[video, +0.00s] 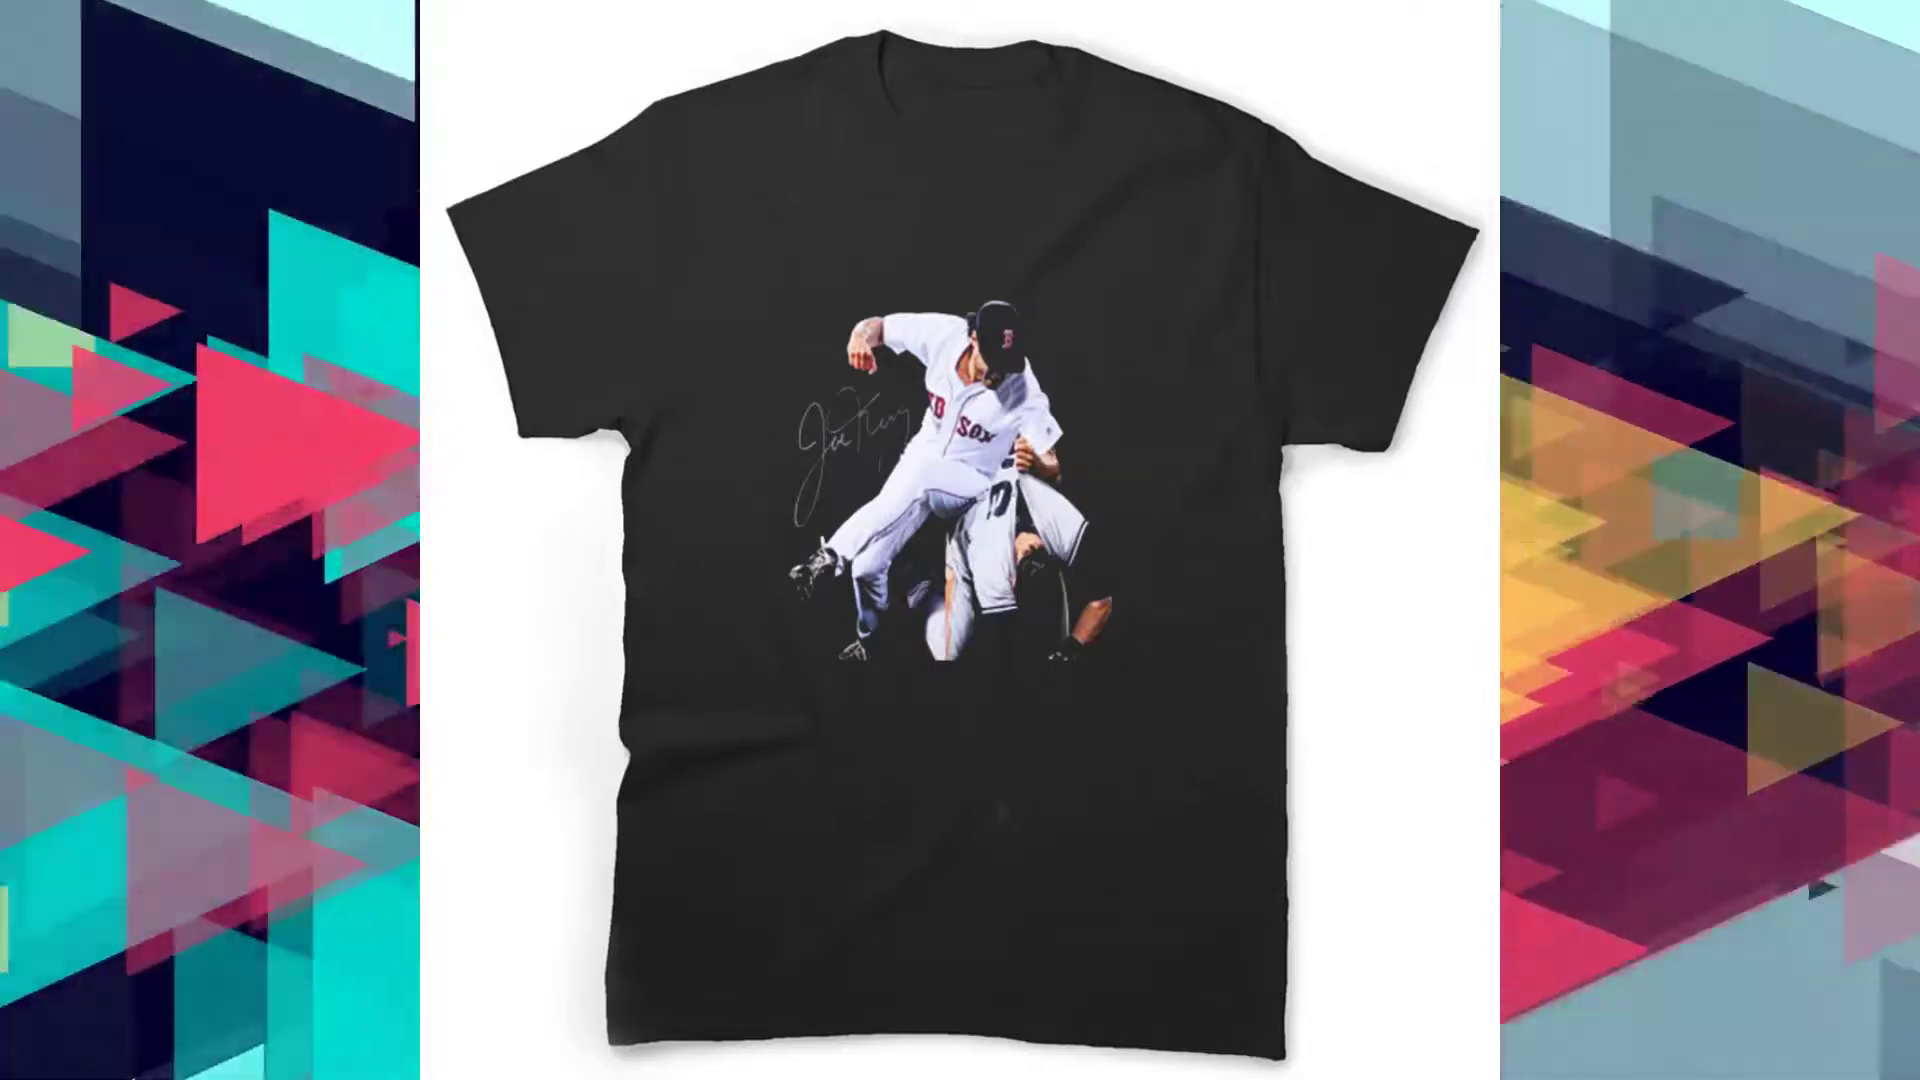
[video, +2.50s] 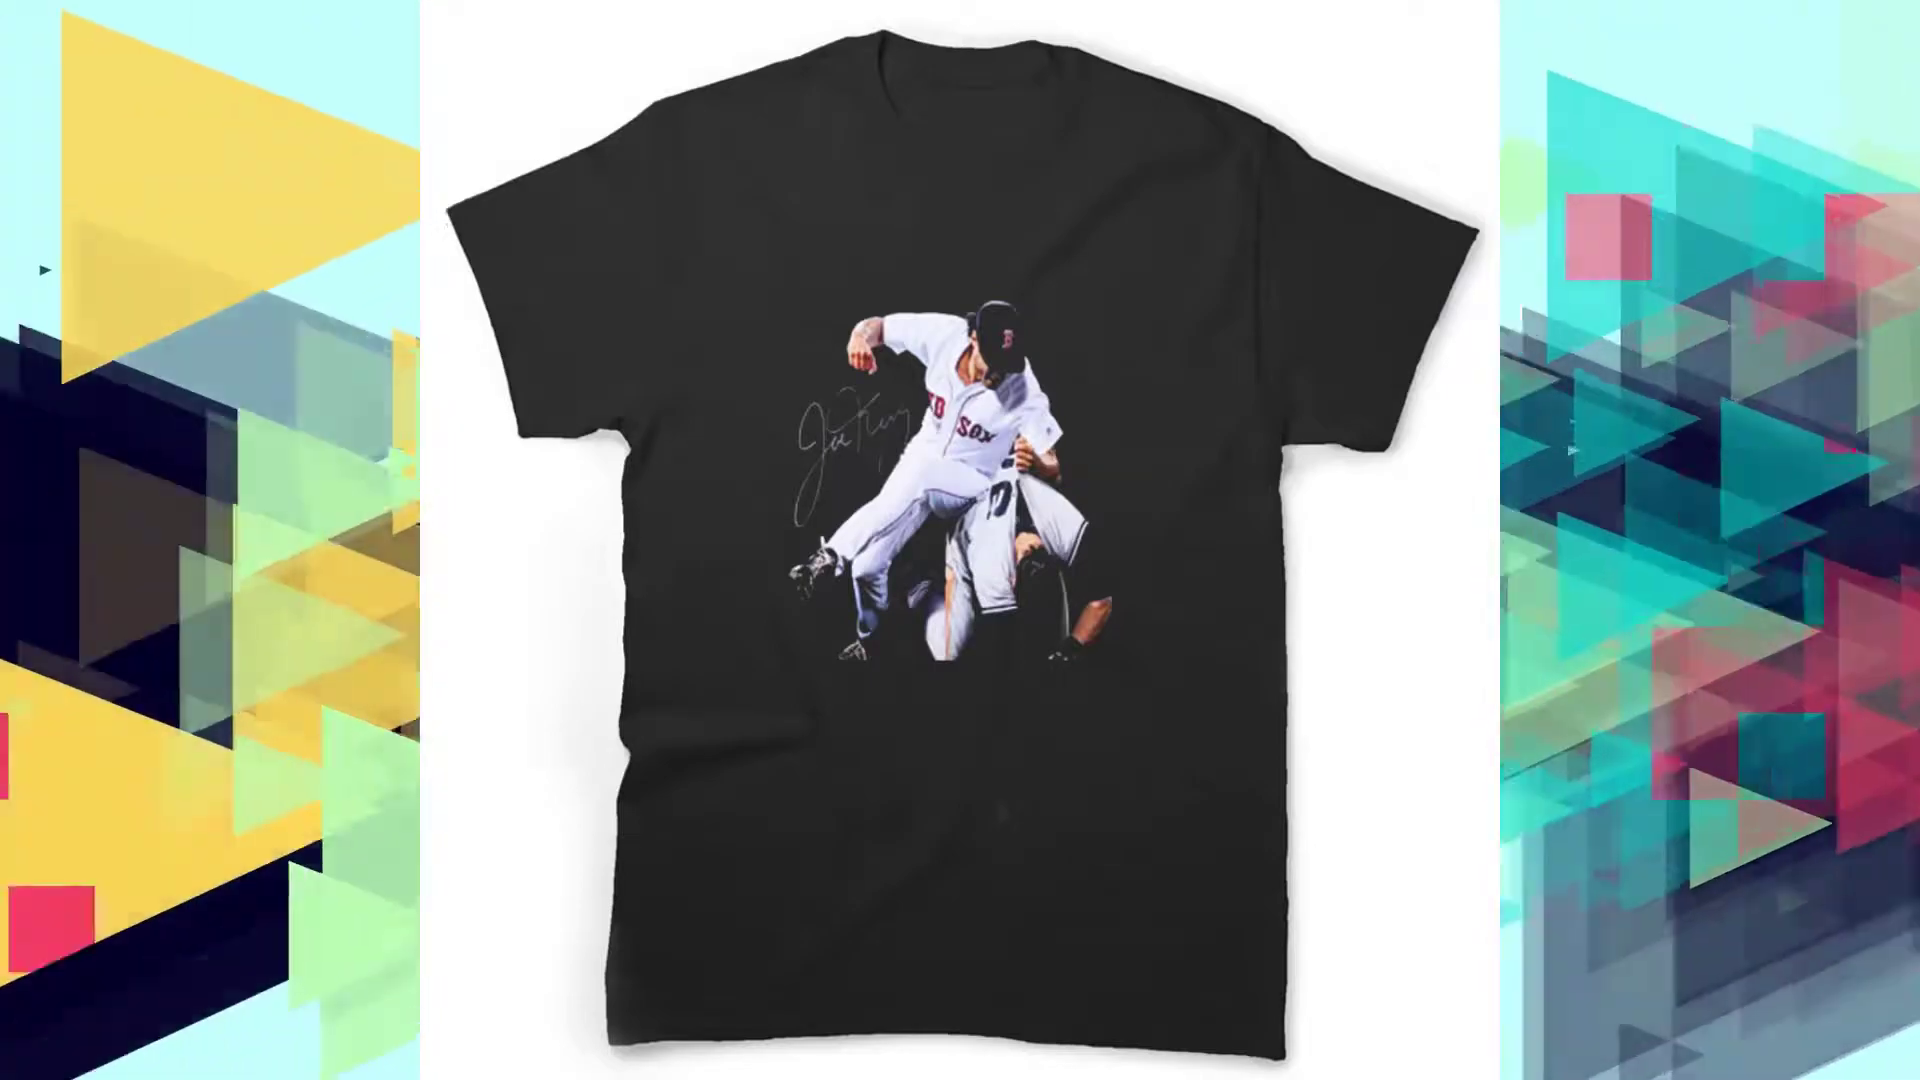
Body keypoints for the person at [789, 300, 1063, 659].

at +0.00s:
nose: (997, 374)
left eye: (1006, 367)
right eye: (991, 364)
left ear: (1017, 354)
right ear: (973, 341)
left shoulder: (1023, 389)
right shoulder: (946, 334)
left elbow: (1054, 468)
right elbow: (878, 327)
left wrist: (1038, 463)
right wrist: (861, 338)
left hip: (979, 482)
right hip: (922, 460)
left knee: (920, 476)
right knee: (867, 566)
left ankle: (828, 560)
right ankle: (871, 642)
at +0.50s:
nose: (997, 374)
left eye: (1006, 367)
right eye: (991, 364)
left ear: (1017, 354)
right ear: (973, 341)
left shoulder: (1023, 389)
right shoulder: (946, 334)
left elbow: (1054, 468)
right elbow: (878, 327)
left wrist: (1038, 463)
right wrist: (861, 338)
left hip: (979, 482)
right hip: (922, 460)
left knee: (920, 476)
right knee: (867, 566)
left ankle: (828, 560)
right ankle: (871, 642)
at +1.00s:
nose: (997, 374)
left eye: (1006, 367)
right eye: (991, 364)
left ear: (1017, 354)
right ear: (973, 341)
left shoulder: (1023, 389)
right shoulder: (946, 334)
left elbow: (1054, 468)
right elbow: (878, 327)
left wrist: (1038, 463)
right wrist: (861, 338)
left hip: (979, 482)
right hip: (922, 460)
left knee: (920, 476)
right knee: (867, 566)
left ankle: (828, 560)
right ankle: (871, 642)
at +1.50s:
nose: (997, 374)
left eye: (1006, 367)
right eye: (991, 364)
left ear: (1017, 354)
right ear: (973, 341)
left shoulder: (1023, 389)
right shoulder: (946, 334)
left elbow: (1054, 468)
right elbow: (878, 327)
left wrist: (1038, 463)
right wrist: (861, 339)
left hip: (979, 482)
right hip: (922, 460)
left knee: (920, 476)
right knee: (867, 566)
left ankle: (828, 560)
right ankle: (871, 642)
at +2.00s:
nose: (997, 374)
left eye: (1006, 367)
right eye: (992, 365)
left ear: (1017, 354)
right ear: (973, 341)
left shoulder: (1024, 390)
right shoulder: (946, 334)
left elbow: (1053, 468)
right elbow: (877, 327)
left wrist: (1038, 463)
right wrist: (861, 339)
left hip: (978, 482)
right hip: (922, 460)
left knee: (920, 477)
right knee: (867, 566)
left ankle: (828, 560)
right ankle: (871, 641)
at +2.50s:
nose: (997, 374)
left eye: (1006, 367)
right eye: (991, 364)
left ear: (1017, 354)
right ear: (973, 341)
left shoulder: (1023, 389)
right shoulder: (946, 334)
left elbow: (1054, 468)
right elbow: (878, 327)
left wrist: (1038, 463)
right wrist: (861, 338)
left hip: (979, 482)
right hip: (922, 460)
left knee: (920, 476)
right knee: (867, 566)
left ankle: (828, 560)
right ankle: (871, 641)